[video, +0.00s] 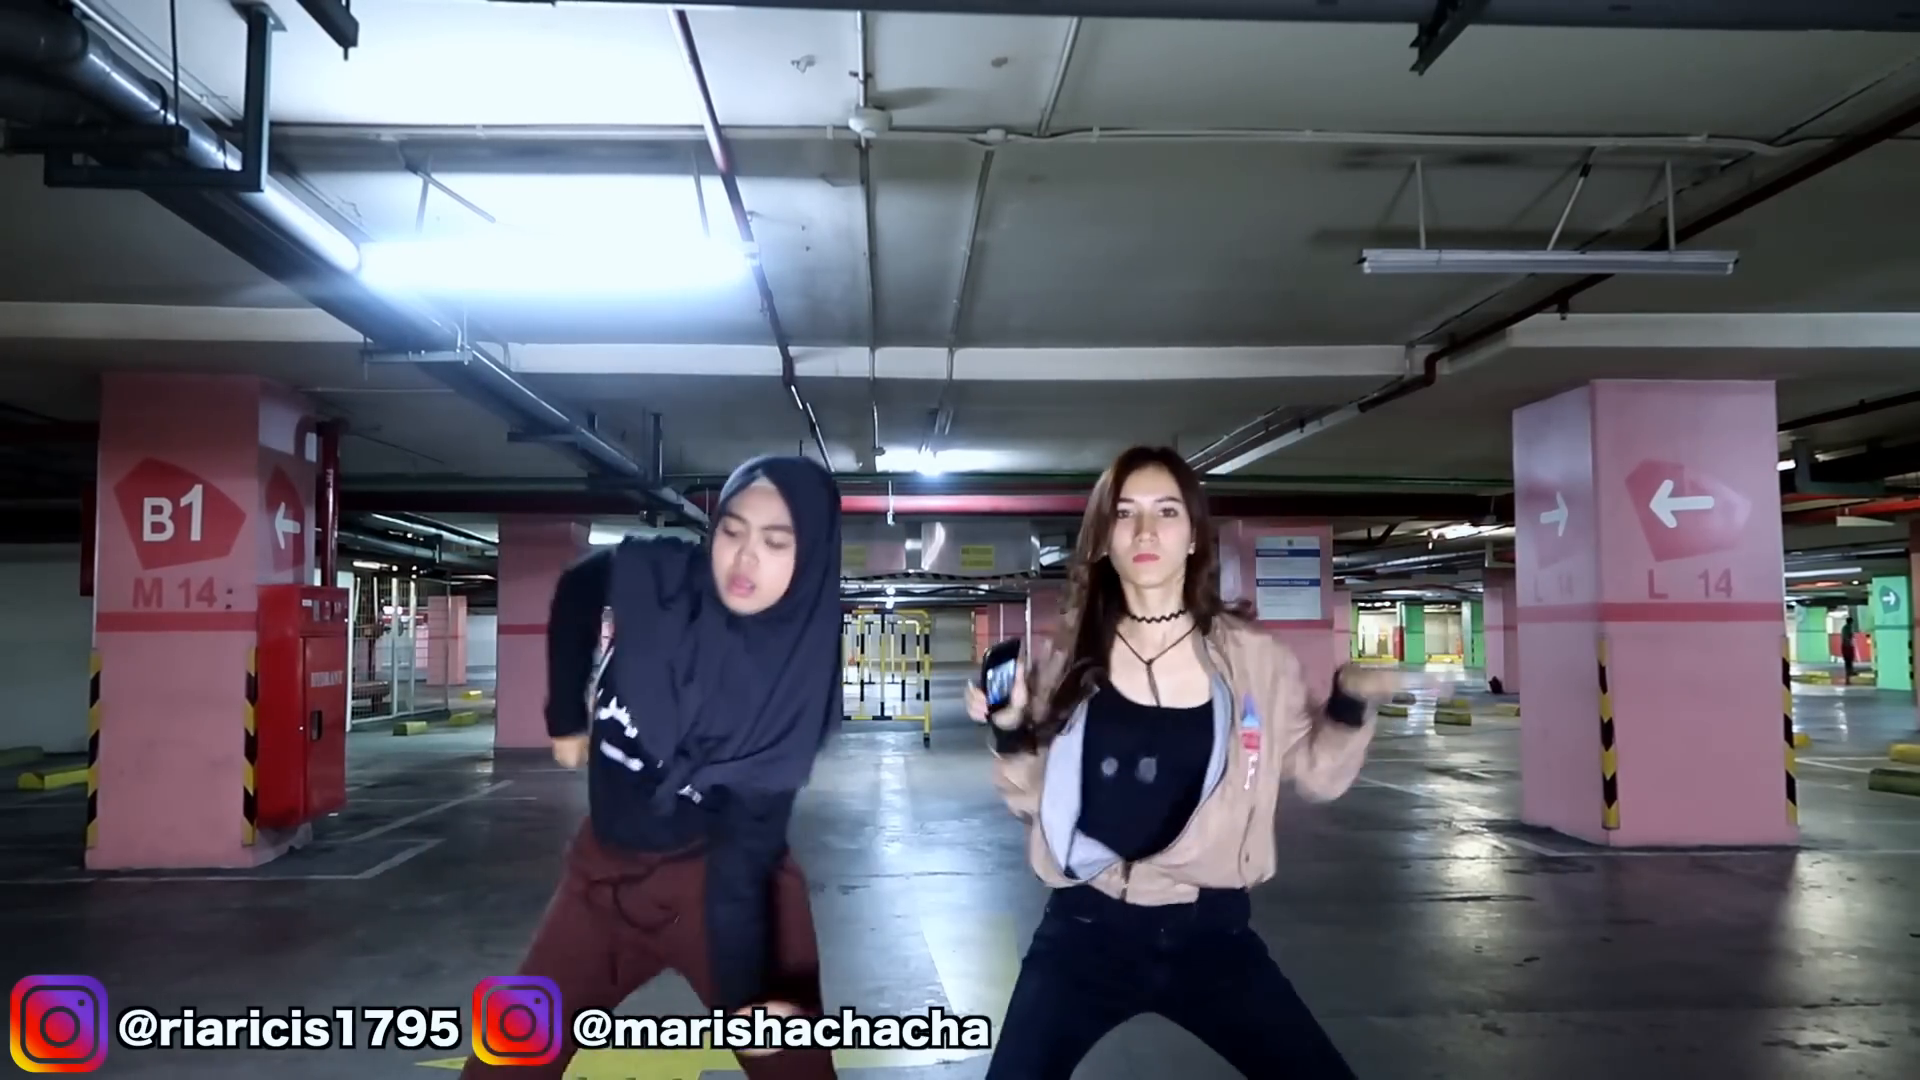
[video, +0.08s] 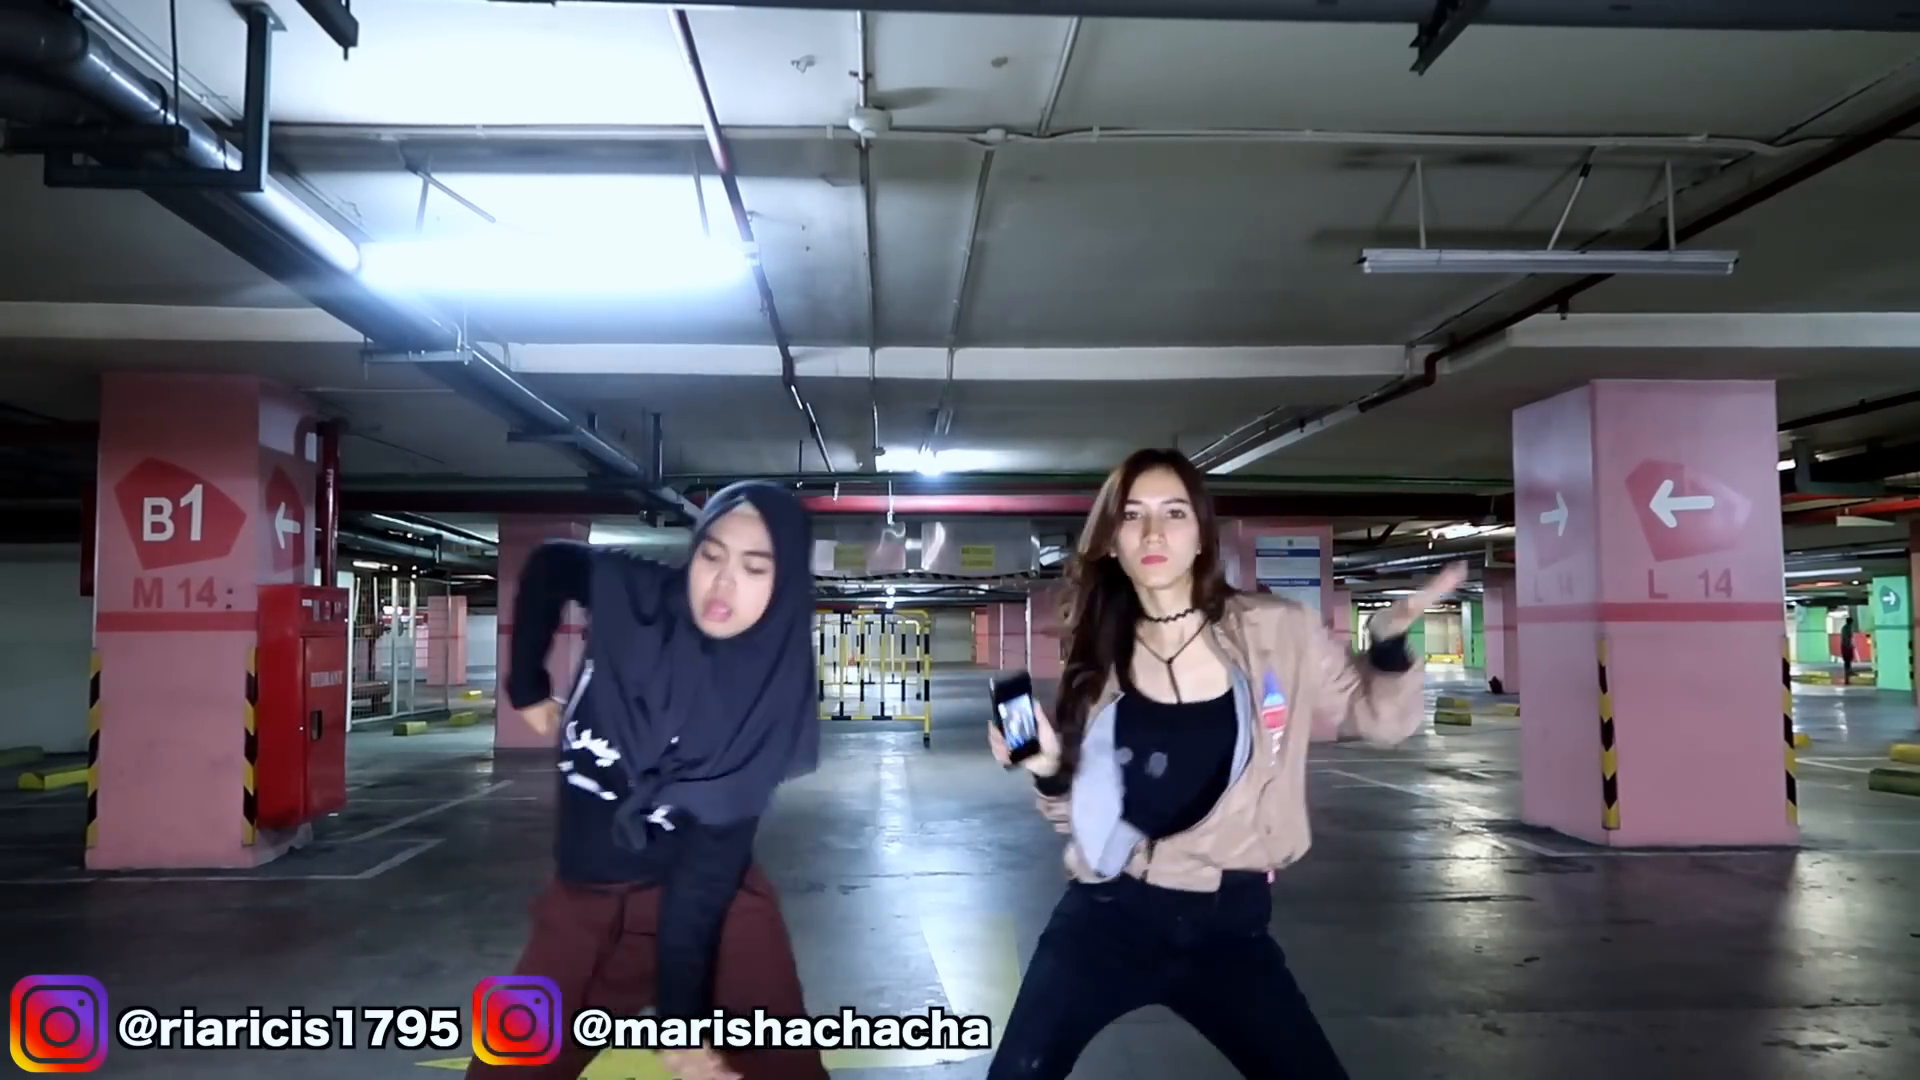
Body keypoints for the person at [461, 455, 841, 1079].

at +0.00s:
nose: (745, 559)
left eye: (775, 542)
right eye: (733, 532)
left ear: (810, 558)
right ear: (713, 531)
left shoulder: (796, 676)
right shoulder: (662, 570)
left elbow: (749, 844)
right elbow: (580, 586)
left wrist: (746, 1002)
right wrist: (565, 718)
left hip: (725, 875)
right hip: (606, 866)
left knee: (792, 1064)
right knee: (506, 1055)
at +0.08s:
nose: (723, 584)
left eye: (755, 567)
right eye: (712, 556)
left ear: (786, 585)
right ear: (692, 553)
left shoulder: (769, 698)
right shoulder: (637, 591)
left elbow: (708, 866)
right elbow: (551, 562)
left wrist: (684, 1032)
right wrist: (526, 687)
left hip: (713, 901)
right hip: (586, 900)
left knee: (788, 1069)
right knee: (503, 1066)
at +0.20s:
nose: (674, 556)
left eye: (702, 538)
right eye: (659, 528)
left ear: (728, 558)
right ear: (634, 531)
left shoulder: (708, 675)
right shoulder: (566, 567)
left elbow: (664, 848)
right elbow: (457, 514)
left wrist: (628, 1021)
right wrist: (463, 636)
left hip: (652, 888)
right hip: (523, 891)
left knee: (759, 1069)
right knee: (468, 1070)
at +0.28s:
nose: (631, 529)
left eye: (658, 509)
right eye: (612, 503)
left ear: (685, 524)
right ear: (586, 508)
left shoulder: (683, 633)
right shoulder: (522, 559)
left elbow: (692, 807)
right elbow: (385, 512)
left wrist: (608, 941)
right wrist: (430, 636)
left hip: (641, 864)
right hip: (512, 864)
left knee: (753, 1063)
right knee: (447, 1067)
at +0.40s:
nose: (575, 555)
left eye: (600, 532)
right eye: (556, 530)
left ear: (632, 542)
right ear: (532, 539)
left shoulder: (677, 634)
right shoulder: (491, 627)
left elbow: (740, 740)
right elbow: (331, 711)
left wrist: (646, 847)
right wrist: (328, 857)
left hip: (622, 890)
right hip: (494, 885)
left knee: (733, 1063)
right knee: (451, 1061)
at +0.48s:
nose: (566, 566)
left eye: (588, 543)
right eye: (544, 542)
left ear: (618, 552)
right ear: (516, 555)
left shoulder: (663, 622)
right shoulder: (495, 657)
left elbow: (768, 701)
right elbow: (425, 834)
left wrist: (685, 808)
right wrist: (348, 997)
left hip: (631, 881)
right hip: (505, 880)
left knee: (753, 1055)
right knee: (439, 1062)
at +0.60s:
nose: (585, 573)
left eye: (606, 546)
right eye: (559, 551)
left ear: (635, 549)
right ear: (537, 561)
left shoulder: (691, 597)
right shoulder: (530, 693)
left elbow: (806, 642)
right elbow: (554, 883)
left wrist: (731, 751)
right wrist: (537, 1027)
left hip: (670, 874)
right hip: (546, 875)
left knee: (769, 1064)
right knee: (457, 1062)